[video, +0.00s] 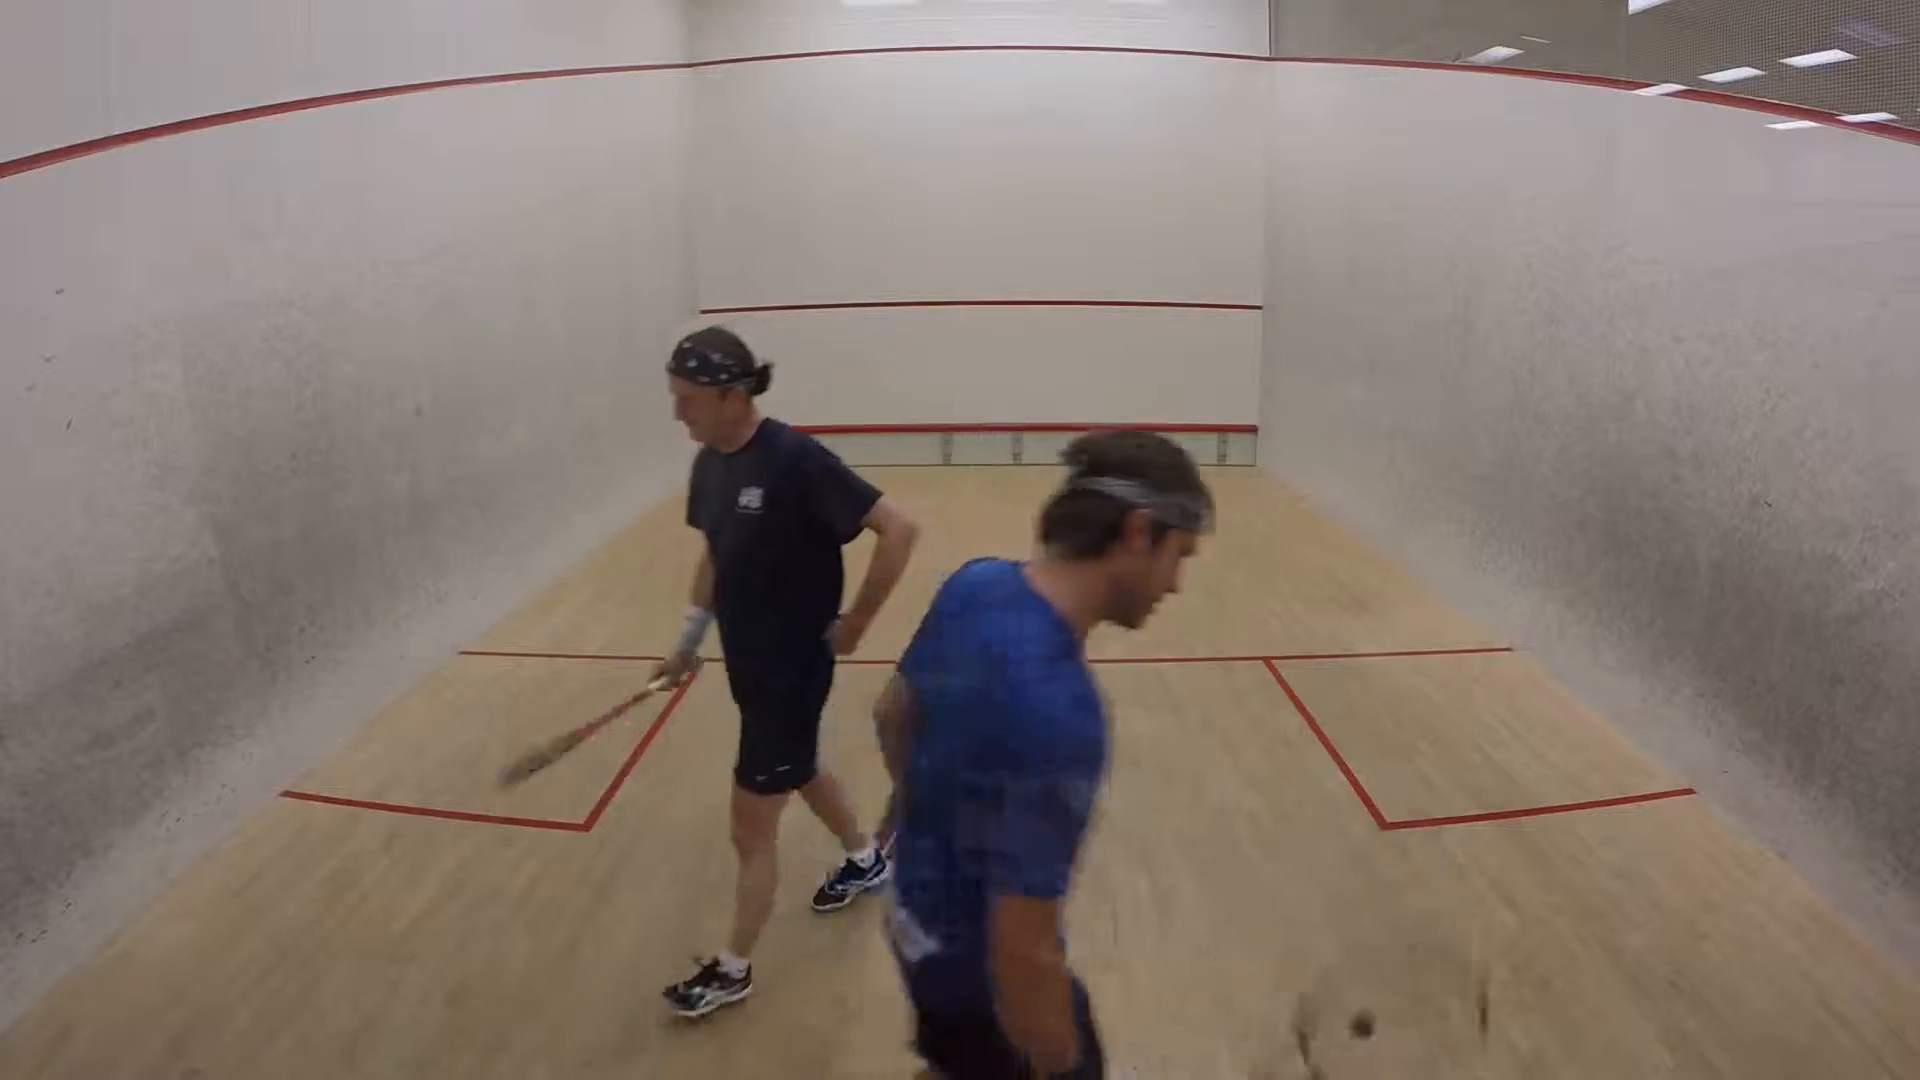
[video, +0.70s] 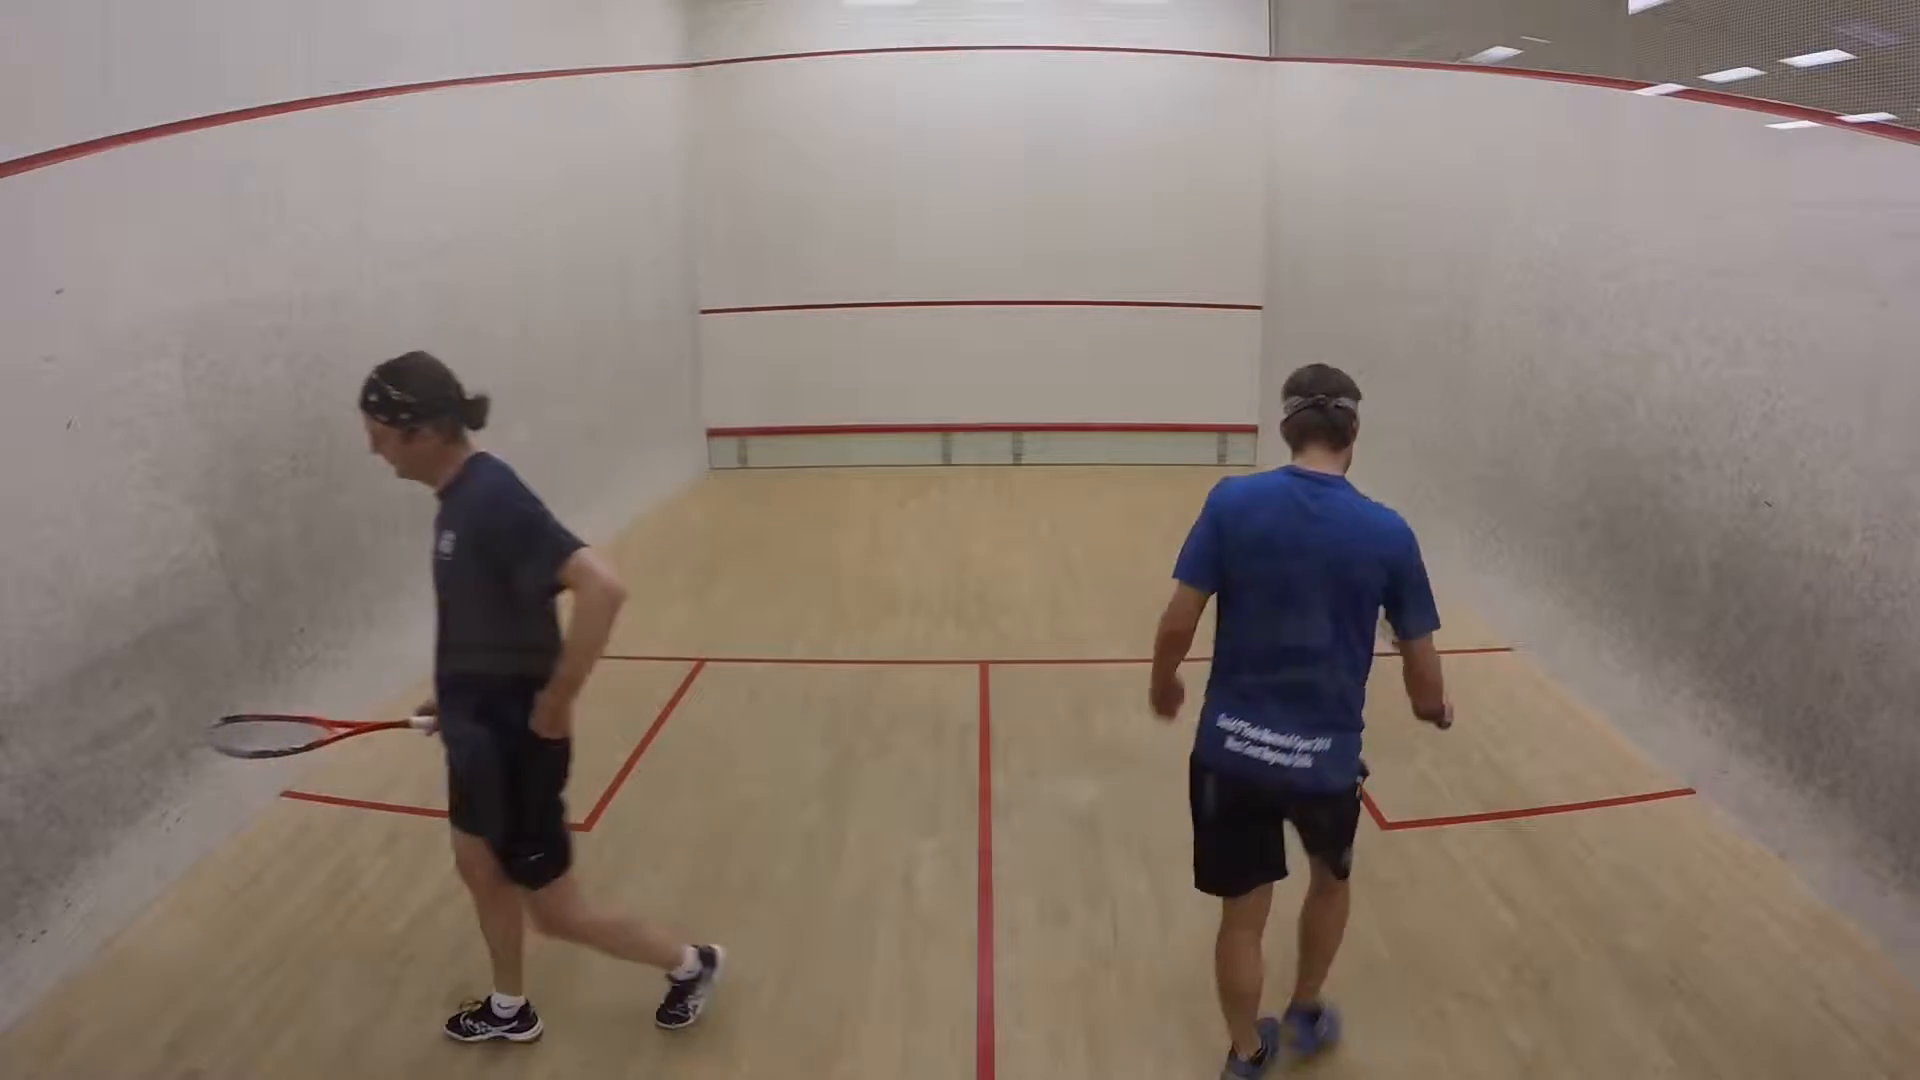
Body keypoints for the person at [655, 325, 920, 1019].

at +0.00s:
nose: (677, 412)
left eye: (686, 398)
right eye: (676, 398)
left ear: (731, 395)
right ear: (716, 395)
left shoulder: (797, 459)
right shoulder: (711, 462)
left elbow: (898, 529)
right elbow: (714, 558)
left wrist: (858, 622)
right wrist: (687, 645)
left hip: (796, 665)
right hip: (746, 659)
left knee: (752, 825)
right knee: (802, 767)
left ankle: (734, 968)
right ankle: (866, 854)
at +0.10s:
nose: (634, 420)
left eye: (642, 406)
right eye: (633, 406)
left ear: (686, 402)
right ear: (676, 401)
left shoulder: (762, 468)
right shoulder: (676, 467)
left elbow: (864, 539)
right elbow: (680, 568)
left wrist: (817, 635)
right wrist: (654, 652)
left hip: (756, 678)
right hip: (705, 673)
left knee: (718, 835)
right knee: (756, 788)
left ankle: (727, 973)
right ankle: (844, 848)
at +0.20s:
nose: (589, 419)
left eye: (597, 405)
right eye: (587, 404)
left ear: (644, 403)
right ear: (638, 403)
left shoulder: (723, 470)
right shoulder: (641, 467)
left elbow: (826, 541)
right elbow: (656, 581)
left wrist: (775, 642)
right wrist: (626, 655)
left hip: (719, 687)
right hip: (667, 681)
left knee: (703, 845)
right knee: (670, 806)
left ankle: (727, 973)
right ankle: (793, 847)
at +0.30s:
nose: (545, 421)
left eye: (553, 408)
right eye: (543, 407)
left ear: (600, 405)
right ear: (596, 405)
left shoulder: (674, 469)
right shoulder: (609, 468)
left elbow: (784, 544)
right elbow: (628, 582)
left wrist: (742, 647)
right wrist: (599, 662)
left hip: (689, 691)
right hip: (629, 685)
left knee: (696, 839)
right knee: (607, 815)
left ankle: (726, 970)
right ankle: (724, 887)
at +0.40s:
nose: (500, 428)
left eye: (508, 414)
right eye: (499, 413)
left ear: (554, 412)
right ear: (554, 412)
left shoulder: (629, 474)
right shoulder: (572, 477)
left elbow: (742, 553)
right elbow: (598, 590)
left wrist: (703, 661)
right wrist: (568, 669)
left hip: (652, 701)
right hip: (594, 696)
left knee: (683, 853)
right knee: (565, 824)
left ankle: (725, 971)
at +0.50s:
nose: (457, 441)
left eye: (464, 427)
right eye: (455, 426)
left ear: (512, 424)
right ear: (512, 425)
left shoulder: (586, 482)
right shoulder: (536, 488)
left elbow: (699, 567)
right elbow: (563, 600)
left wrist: (662, 673)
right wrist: (532, 680)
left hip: (613, 711)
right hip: (562, 709)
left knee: (658, 857)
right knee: (549, 848)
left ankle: (724, 972)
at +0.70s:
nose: (376, 452)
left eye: (379, 437)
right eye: (373, 438)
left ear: (420, 431)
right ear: (428, 429)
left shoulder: (494, 494)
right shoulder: (457, 497)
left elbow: (602, 591)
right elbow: (490, 611)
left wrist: (560, 697)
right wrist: (450, 692)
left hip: (516, 724)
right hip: (473, 719)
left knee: (555, 910)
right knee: (479, 867)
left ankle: (690, 963)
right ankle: (510, 1008)